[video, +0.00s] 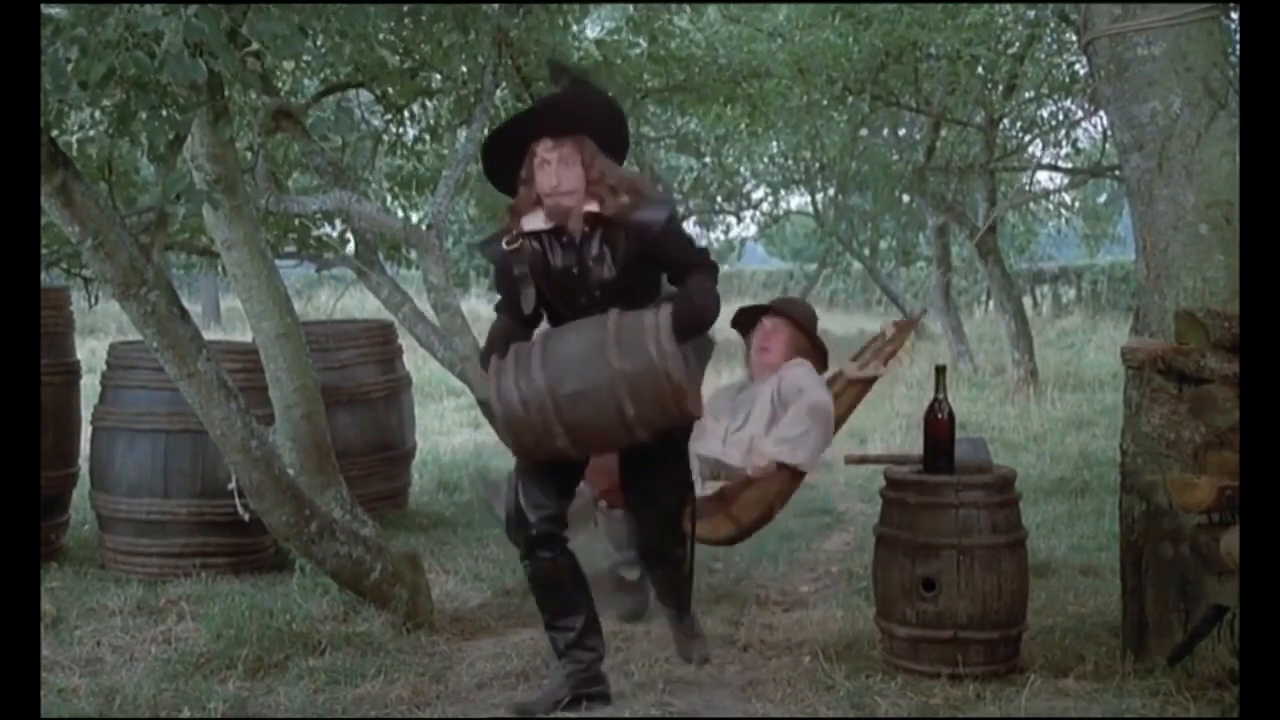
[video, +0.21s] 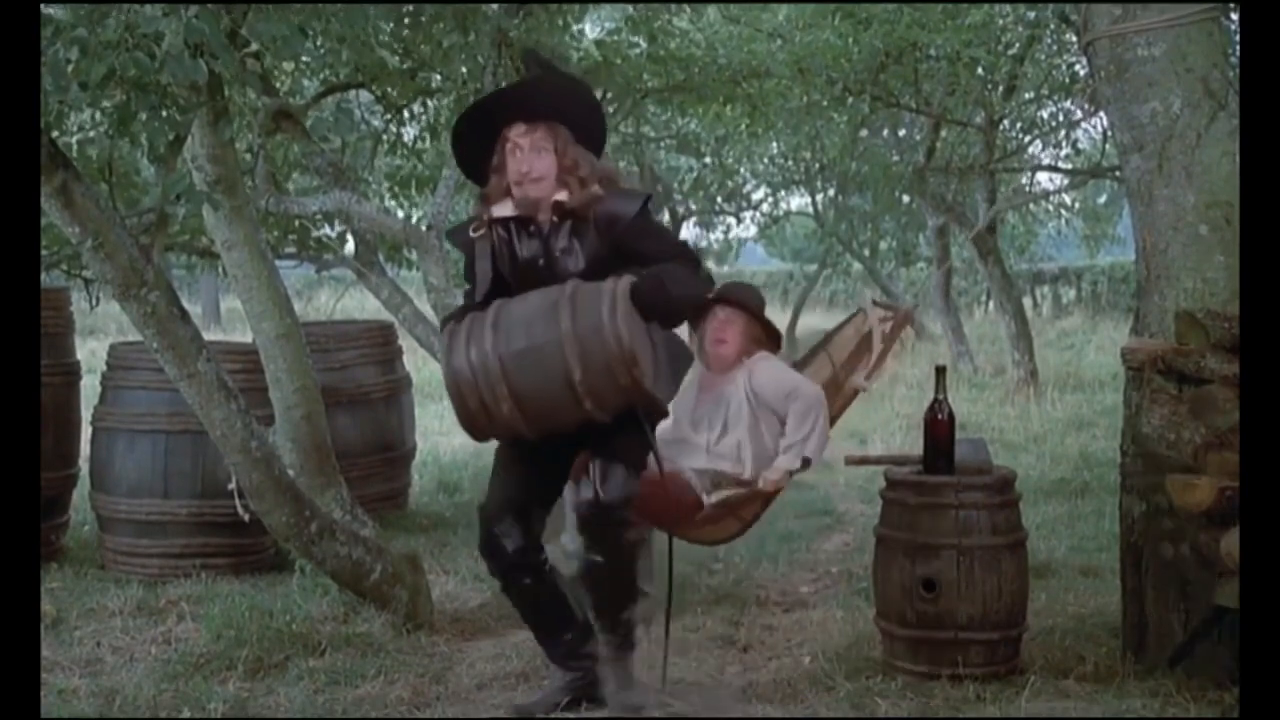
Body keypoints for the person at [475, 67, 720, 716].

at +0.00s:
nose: (555, 172)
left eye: (567, 160)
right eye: (544, 163)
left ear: (594, 169)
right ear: (528, 177)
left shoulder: (641, 220)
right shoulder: (518, 244)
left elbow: (699, 273)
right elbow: (515, 318)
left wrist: (675, 338)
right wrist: (500, 361)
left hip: (649, 382)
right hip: (562, 394)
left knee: (660, 517)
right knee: (532, 521)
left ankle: (679, 608)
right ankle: (580, 665)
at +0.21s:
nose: (523, 158)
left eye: (536, 145)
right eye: (512, 148)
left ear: (567, 156)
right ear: (500, 165)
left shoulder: (611, 216)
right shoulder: (490, 236)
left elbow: (693, 284)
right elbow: (478, 323)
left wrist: (609, 302)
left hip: (618, 402)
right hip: (537, 410)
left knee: (602, 509)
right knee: (503, 539)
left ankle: (617, 657)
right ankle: (579, 670)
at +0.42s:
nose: (498, 152)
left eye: (512, 138)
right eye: (486, 140)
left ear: (539, 149)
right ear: (470, 154)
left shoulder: (587, 214)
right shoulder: (456, 232)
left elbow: (664, 278)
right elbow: (443, 316)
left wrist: (584, 303)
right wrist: (444, 354)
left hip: (587, 418)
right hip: (510, 423)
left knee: (552, 554)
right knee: (484, 567)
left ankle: (534, 694)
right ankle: (582, 671)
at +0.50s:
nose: (496, 150)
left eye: (512, 137)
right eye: (482, 138)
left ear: (545, 147)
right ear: (463, 151)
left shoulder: (586, 214)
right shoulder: (448, 230)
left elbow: (660, 277)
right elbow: (428, 316)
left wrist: (612, 303)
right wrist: (421, 337)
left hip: (573, 427)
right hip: (496, 428)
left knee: (530, 561)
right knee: (479, 579)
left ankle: (518, 695)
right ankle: (577, 662)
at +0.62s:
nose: (485, 142)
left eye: (502, 129)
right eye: (474, 128)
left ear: (533, 141)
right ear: (454, 140)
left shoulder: (576, 213)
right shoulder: (434, 224)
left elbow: (650, 283)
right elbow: (390, 325)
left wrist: (588, 324)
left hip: (570, 439)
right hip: (474, 437)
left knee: (530, 586)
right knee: (410, 588)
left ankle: (509, 710)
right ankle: (521, 630)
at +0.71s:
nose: (468, 137)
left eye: (484, 123)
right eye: (453, 122)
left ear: (516, 135)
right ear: (431, 138)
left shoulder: (564, 206)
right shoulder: (413, 226)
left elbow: (644, 270)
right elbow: (384, 320)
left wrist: (571, 319)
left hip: (572, 436)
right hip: (468, 434)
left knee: (539, 599)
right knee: (365, 551)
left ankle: (515, 708)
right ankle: (454, 676)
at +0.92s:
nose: (401, 132)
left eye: (419, 116)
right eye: (385, 117)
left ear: (458, 127)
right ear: (369, 135)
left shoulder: (519, 203)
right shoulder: (350, 228)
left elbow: (605, 287)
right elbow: (333, 326)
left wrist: (507, 317)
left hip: (530, 448)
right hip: (416, 449)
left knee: (510, 625)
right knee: (351, 601)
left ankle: (496, 709)